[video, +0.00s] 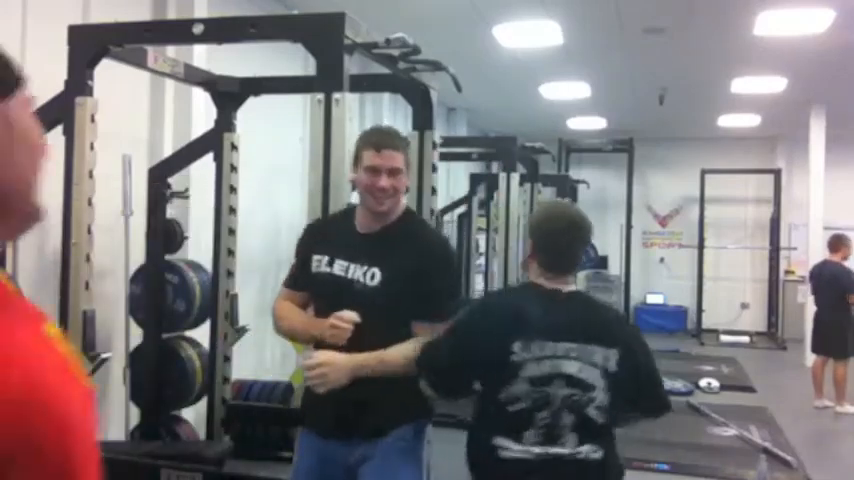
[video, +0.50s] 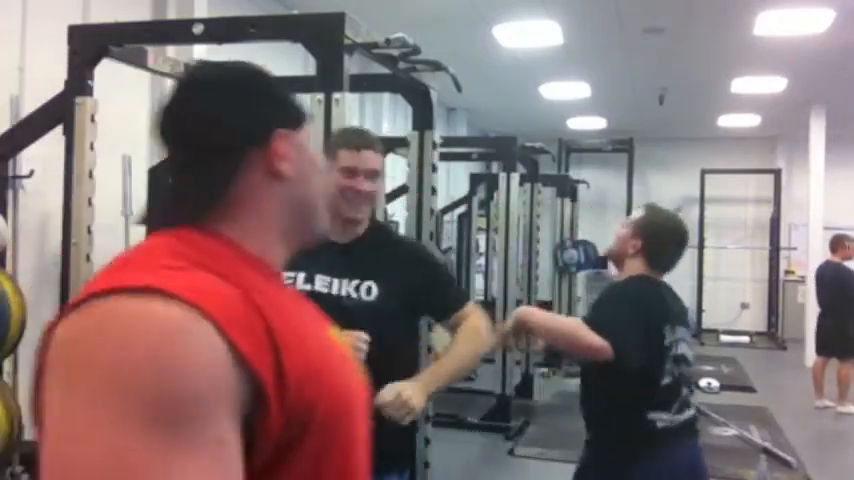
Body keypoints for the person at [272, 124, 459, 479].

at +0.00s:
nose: (383, 183)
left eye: (393, 173)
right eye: (373, 172)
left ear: (407, 178)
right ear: (354, 175)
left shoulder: (431, 250)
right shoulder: (320, 234)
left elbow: (434, 345)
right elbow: (284, 311)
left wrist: (353, 365)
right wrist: (319, 328)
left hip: (393, 429)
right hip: (322, 424)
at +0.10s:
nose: (406, 195)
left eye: (414, 186)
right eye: (396, 183)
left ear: (420, 185)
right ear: (364, 176)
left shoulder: (428, 250)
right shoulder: (314, 234)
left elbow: (434, 344)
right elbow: (270, 317)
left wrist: (356, 355)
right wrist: (327, 323)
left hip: (386, 434)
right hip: (311, 427)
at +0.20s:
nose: (408, 201)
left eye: (416, 191)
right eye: (398, 188)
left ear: (421, 190)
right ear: (363, 178)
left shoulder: (423, 249)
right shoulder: (301, 238)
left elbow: (459, 331)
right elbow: (249, 324)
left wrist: (381, 349)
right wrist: (327, 327)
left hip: (383, 443)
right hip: (304, 435)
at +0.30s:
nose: (403, 199)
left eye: (409, 190)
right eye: (393, 187)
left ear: (415, 190)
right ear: (356, 180)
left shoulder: (418, 252)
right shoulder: (290, 243)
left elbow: (494, 307)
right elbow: (237, 325)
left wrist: (422, 346)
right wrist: (324, 335)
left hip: (382, 452)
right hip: (299, 448)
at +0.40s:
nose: (391, 196)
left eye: (398, 187)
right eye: (379, 183)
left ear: (404, 190)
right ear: (343, 180)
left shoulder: (418, 258)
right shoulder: (282, 251)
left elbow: (497, 312)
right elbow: (238, 336)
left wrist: (434, 369)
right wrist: (321, 345)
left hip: (383, 457)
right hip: (295, 454)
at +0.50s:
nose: (361, 186)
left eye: (372, 177)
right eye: (349, 174)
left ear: (382, 183)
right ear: (324, 173)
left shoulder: (409, 259)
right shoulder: (289, 252)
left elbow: (478, 329)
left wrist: (422, 387)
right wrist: (322, 341)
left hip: (384, 456)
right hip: (302, 450)